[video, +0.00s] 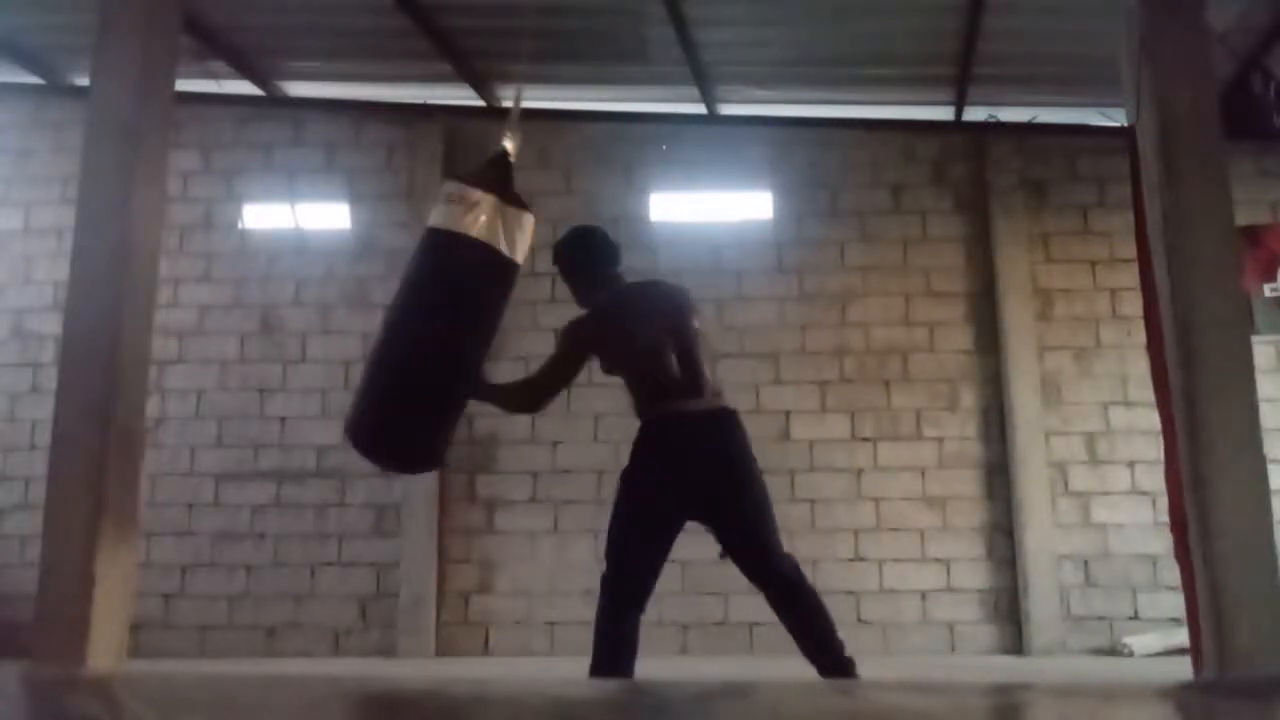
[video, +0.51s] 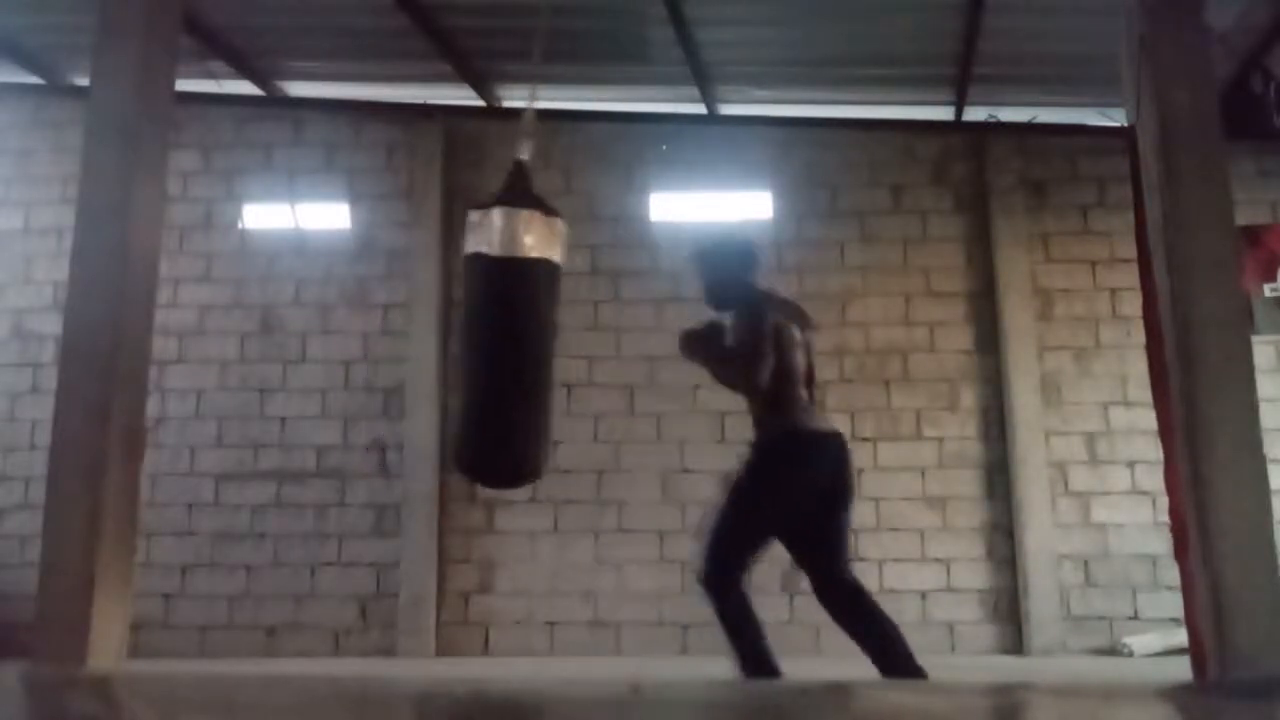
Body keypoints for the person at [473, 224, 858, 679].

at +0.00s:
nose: (569, 288)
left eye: (568, 277)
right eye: (565, 277)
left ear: (578, 274)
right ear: (613, 259)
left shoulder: (589, 326)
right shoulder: (670, 292)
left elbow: (532, 395)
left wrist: (474, 387)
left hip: (664, 444)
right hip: (722, 435)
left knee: (624, 586)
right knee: (768, 562)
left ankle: (607, 703)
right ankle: (842, 675)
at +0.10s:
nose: (592, 291)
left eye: (594, 279)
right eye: (591, 280)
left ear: (610, 277)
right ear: (638, 271)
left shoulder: (618, 324)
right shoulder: (682, 308)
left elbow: (585, 404)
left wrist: (549, 397)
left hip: (670, 455)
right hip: (725, 449)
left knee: (615, 587)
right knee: (767, 578)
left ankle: (603, 707)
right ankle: (855, 684)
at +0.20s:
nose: (623, 296)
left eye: (627, 283)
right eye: (622, 284)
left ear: (644, 282)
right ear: (669, 278)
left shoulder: (662, 325)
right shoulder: (712, 321)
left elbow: (641, 402)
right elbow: (703, 388)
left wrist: (596, 385)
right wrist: (645, 343)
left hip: (683, 462)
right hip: (735, 461)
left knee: (619, 591)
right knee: (771, 595)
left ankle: (607, 705)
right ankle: (852, 695)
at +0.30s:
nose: (644, 276)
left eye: (647, 264)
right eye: (641, 265)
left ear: (665, 261)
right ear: (692, 256)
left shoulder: (685, 300)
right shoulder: (736, 297)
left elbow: (692, 368)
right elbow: (743, 372)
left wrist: (638, 357)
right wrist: (671, 331)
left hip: (719, 438)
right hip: (767, 433)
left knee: (667, 562)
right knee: (799, 561)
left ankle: (629, 670)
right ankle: (870, 669)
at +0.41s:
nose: (674, 275)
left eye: (675, 262)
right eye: (670, 263)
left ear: (693, 256)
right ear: (715, 251)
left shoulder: (725, 293)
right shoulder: (758, 290)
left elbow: (732, 357)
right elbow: (769, 360)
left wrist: (680, 341)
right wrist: (697, 331)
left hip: (755, 430)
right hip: (797, 427)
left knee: (686, 548)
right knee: (815, 558)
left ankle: (698, 673)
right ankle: (892, 669)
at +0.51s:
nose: (701, 287)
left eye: (706, 275)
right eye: (700, 276)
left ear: (728, 274)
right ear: (747, 272)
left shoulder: (755, 315)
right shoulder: (787, 317)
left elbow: (754, 380)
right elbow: (798, 385)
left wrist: (707, 354)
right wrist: (726, 343)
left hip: (786, 456)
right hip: (825, 453)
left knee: (719, 573)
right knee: (833, 581)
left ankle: (766, 687)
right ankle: (911, 682)